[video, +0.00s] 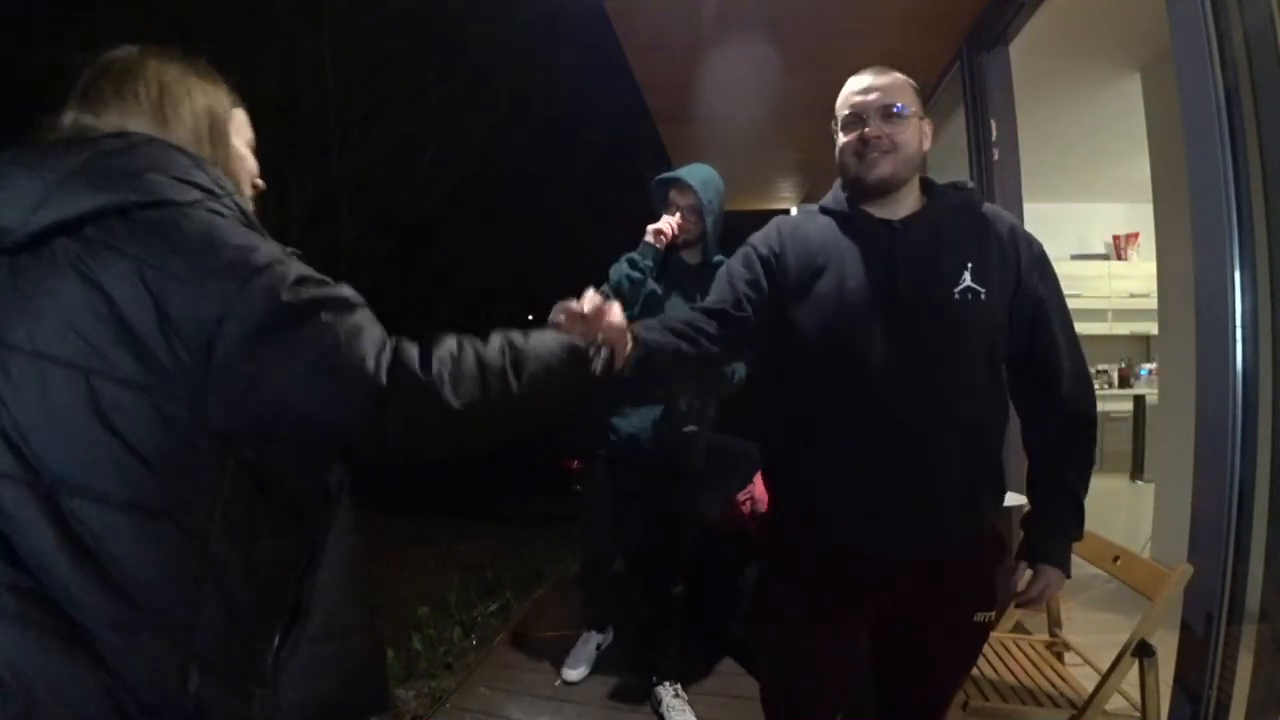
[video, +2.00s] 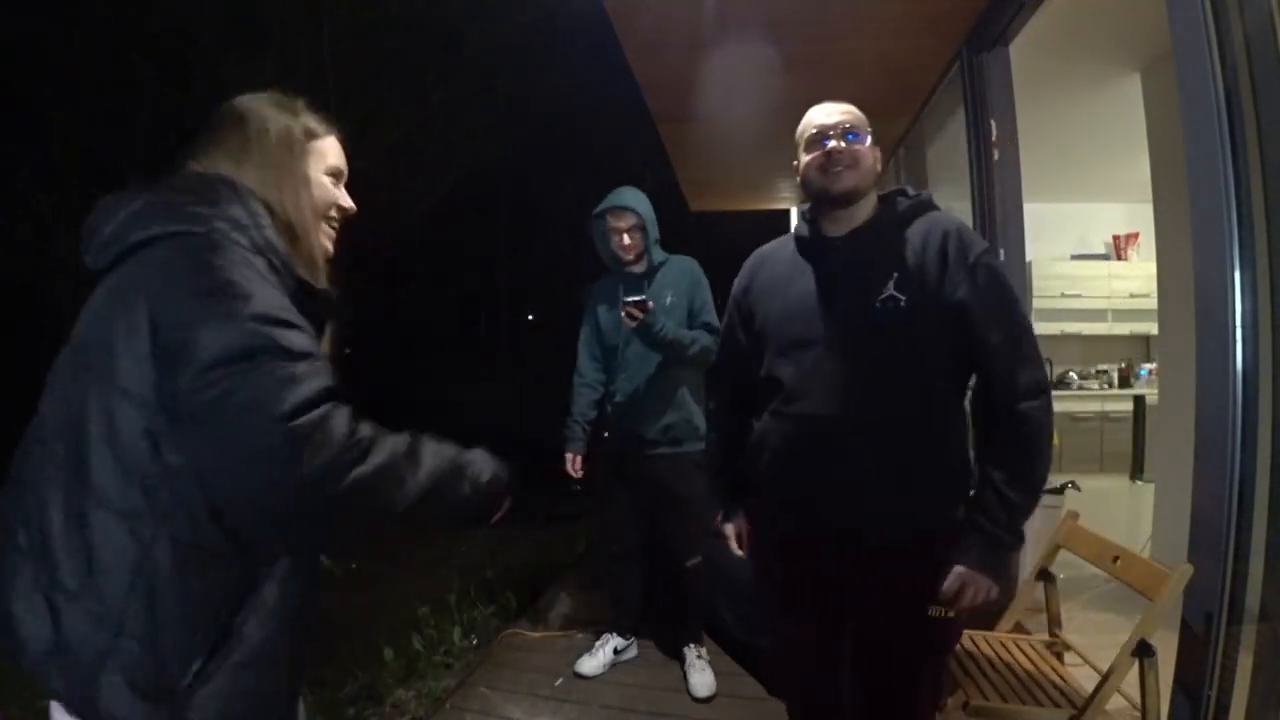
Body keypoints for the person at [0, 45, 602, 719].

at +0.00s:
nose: (259, 176)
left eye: (255, 153)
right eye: (248, 152)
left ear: (104, 133)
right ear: (195, 145)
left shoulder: (25, 235)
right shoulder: (190, 244)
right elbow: (390, 390)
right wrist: (573, 352)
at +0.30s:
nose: (334, 180)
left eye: (333, 155)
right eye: (324, 155)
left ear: (176, 133)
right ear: (274, 148)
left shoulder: (45, 273)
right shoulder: (282, 269)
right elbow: (479, 411)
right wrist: (632, 389)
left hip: (36, 671)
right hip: (218, 675)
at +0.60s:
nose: (385, 159)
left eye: (382, 138)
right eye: (379, 137)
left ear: (217, 122)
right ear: (343, 136)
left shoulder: (91, 283)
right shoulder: (350, 262)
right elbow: (553, 403)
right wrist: (682, 309)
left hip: (91, 687)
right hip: (321, 686)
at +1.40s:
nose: (397, 224)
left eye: (397, 210)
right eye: (394, 209)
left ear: (284, 177)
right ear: (372, 199)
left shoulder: (191, 271)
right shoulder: (358, 277)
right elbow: (508, 409)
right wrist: (619, 366)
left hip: (151, 621)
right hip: (276, 640)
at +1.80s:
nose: (382, 223)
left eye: (382, 206)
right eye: (374, 202)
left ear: (301, 190)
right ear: (329, 194)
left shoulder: (204, 261)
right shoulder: (294, 281)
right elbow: (405, 421)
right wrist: (549, 417)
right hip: (194, 635)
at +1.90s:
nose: (366, 216)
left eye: (364, 196)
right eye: (355, 191)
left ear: (294, 187)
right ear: (303, 185)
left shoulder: (195, 257)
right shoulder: (257, 271)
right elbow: (362, 429)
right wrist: (532, 436)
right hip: (175, 635)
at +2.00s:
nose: (346, 202)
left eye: (345, 182)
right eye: (331, 176)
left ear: (273, 176)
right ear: (274, 171)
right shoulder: (211, 261)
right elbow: (294, 449)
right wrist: (482, 483)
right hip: (162, 664)